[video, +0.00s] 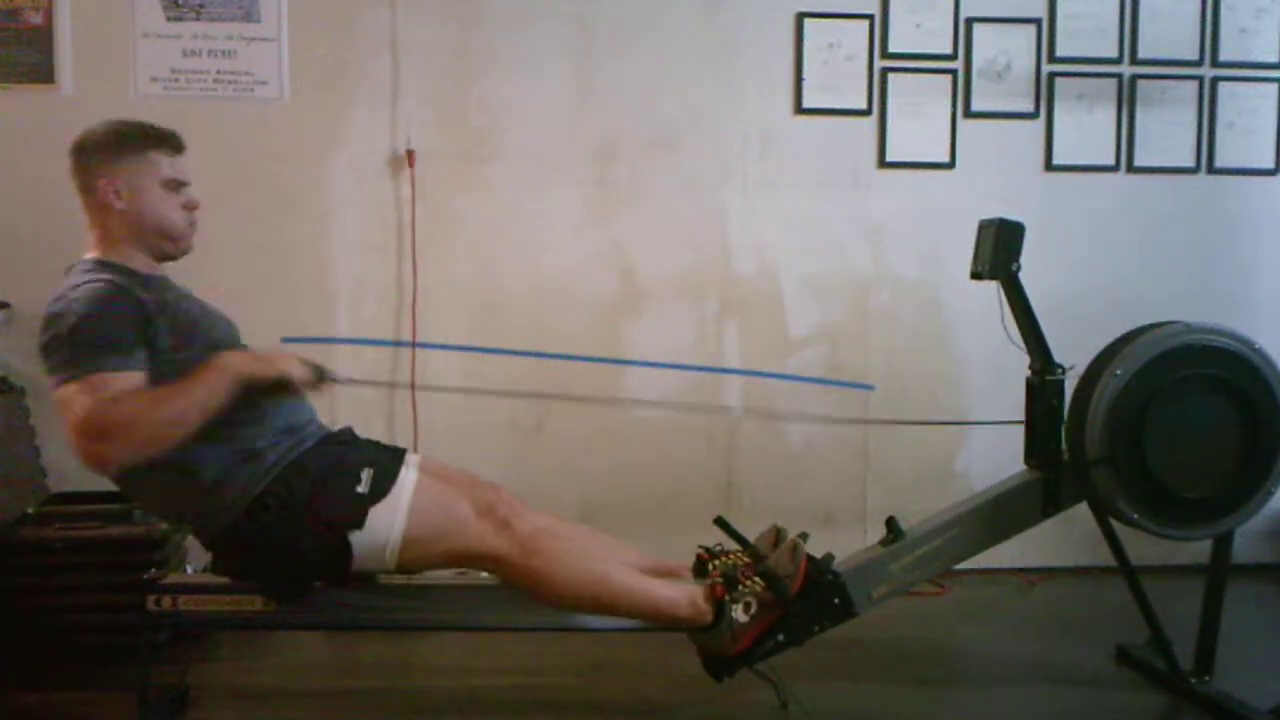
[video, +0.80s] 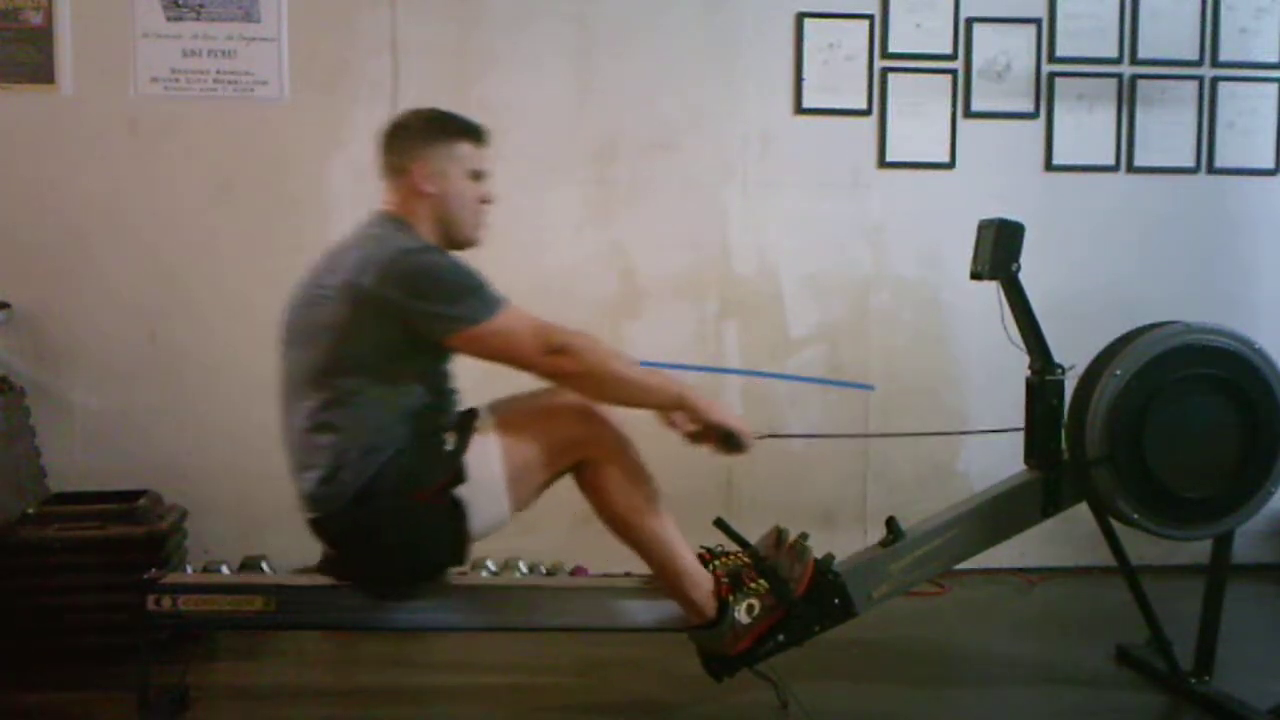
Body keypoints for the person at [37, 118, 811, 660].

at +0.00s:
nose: (191, 206)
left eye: (188, 190)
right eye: (171, 189)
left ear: (139, 202)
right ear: (109, 201)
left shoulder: (151, 294)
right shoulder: (96, 298)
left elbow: (158, 414)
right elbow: (101, 435)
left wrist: (265, 380)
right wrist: (238, 366)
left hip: (306, 472)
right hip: (278, 502)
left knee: (500, 508)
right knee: (493, 529)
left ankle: (705, 593)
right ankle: (708, 611)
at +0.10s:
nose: (215, 201)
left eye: (212, 184)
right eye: (197, 183)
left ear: (156, 192)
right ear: (133, 190)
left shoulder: (165, 289)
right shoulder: (117, 296)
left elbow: (208, 406)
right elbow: (164, 432)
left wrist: (314, 392)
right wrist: (306, 385)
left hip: (292, 477)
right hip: (271, 504)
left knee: (496, 503)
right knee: (492, 523)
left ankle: (703, 594)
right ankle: (709, 610)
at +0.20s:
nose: (244, 194)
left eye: (242, 177)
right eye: (227, 177)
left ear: (181, 184)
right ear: (161, 182)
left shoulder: (197, 284)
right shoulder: (147, 288)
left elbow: (268, 396)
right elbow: (227, 418)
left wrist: (375, 402)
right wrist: (375, 400)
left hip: (294, 482)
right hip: (267, 509)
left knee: (497, 500)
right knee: (492, 517)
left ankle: (705, 589)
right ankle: (713, 614)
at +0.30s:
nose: (276, 188)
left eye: (275, 172)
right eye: (258, 171)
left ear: (212, 177)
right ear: (194, 175)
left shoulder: (229, 272)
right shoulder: (178, 280)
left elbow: (316, 370)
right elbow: (289, 393)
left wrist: (432, 405)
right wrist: (444, 408)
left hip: (304, 480)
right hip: (274, 518)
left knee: (491, 486)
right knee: (495, 510)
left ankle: (699, 582)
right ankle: (709, 615)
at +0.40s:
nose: (313, 188)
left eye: (311, 171)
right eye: (297, 170)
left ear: (241, 176)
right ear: (237, 172)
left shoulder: (244, 264)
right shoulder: (219, 272)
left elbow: (367, 367)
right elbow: (361, 369)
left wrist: (490, 407)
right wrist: (496, 409)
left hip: (309, 479)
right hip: (282, 512)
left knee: (510, 480)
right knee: (507, 496)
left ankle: (701, 585)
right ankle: (706, 614)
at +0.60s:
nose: (397, 190)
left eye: (396, 173)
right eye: (382, 172)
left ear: (322, 177)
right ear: (324, 174)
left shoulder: (281, 254)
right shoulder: (307, 262)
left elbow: (441, 349)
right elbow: (450, 350)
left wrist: (575, 404)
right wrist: (585, 405)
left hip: (314, 490)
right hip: (324, 507)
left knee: (536, 447)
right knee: (541, 458)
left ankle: (697, 597)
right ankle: (707, 613)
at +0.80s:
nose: (489, 196)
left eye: (486, 180)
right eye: (474, 177)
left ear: (419, 182)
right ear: (421, 180)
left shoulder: (370, 258)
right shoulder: (400, 265)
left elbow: (543, 350)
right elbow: (552, 351)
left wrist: (672, 397)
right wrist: (681, 399)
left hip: (367, 511)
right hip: (388, 523)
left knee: (570, 408)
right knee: (583, 425)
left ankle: (697, 581)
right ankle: (711, 608)